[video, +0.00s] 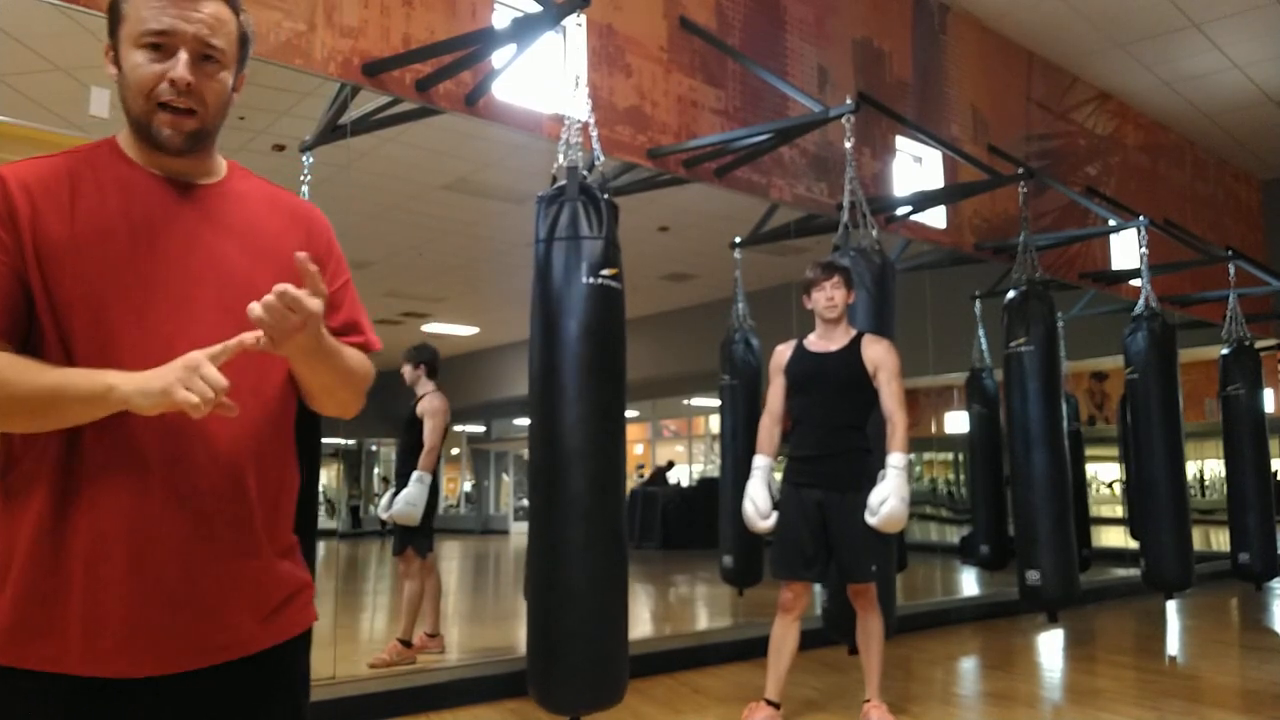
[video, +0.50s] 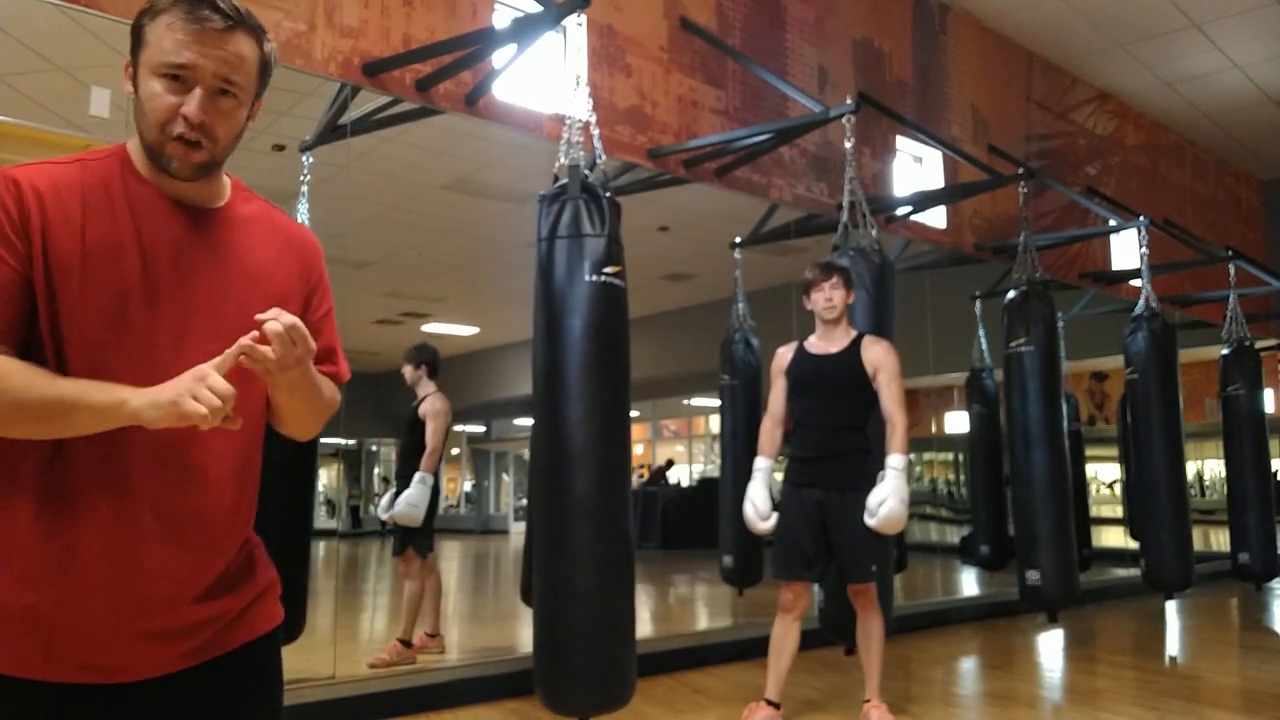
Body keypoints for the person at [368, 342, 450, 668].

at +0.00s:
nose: (402, 374)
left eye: (405, 368)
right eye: (402, 369)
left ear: (421, 369)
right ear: (421, 370)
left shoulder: (433, 401)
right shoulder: (421, 402)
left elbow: (431, 448)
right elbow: (409, 452)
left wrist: (417, 488)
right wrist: (393, 490)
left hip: (419, 484)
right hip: (411, 483)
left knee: (409, 562)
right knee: (424, 562)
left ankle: (404, 641)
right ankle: (431, 634)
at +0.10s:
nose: (402, 374)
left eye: (405, 369)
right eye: (403, 369)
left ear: (421, 369)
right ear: (421, 370)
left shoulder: (434, 402)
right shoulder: (421, 402)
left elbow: (432, 449)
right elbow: (409, 452)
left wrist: (417, 488)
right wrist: (394, 490)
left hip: (419, 485)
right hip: (411, 483)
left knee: (409, 563)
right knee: (425, 562)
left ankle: (404, 641)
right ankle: (431, 634)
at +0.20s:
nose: (403, 375)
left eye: (405, 369)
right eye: (403, 369)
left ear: (421, 369)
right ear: (421, 370)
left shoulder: (434, 402)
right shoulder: (422, 402)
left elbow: (432, 449)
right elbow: (409, 452)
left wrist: (417, 489)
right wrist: (394, 490)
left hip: (419, 485)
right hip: (411, 483)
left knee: (409, 563)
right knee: (424, 562)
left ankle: (403, 641)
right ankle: (431, 634)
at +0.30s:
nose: (402, 374)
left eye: (405, 369)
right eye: (403, 369)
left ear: (421, 369)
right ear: (421, 370)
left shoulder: (434, 402)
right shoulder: (422, 402)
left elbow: (432, 449)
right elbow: (409, 452)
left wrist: (417, 488)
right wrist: (394, 490)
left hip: (419, 484)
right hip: (411, 483)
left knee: (409, 563)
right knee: (424, 562)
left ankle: (403, 641)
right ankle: (431, 634)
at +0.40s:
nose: (403, 374)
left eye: (405, 368)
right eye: (403, 369)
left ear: (421, 369)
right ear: (421, 369)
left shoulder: (434, 402)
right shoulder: (421, 403)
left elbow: (432, 450)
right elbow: (409, 452)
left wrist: (418, 489)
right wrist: (394, 490)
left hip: (419, 485)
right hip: (411, 484)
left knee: (409, 563)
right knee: (425, 562)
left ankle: (404, 641)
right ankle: (430, 634)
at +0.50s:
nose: (403, 375)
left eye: (406, 369)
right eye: (403, 369)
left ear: (422, 369)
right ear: (421, 370)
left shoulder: (435, 403)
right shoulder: (421, 403)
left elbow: (433, 450)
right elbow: (409, 452)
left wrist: (418, 489)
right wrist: (394, 490)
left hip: (419, 485)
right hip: (411, 484)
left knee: (409, 564)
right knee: (425, 563)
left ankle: (404, 641)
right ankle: (430, 634)